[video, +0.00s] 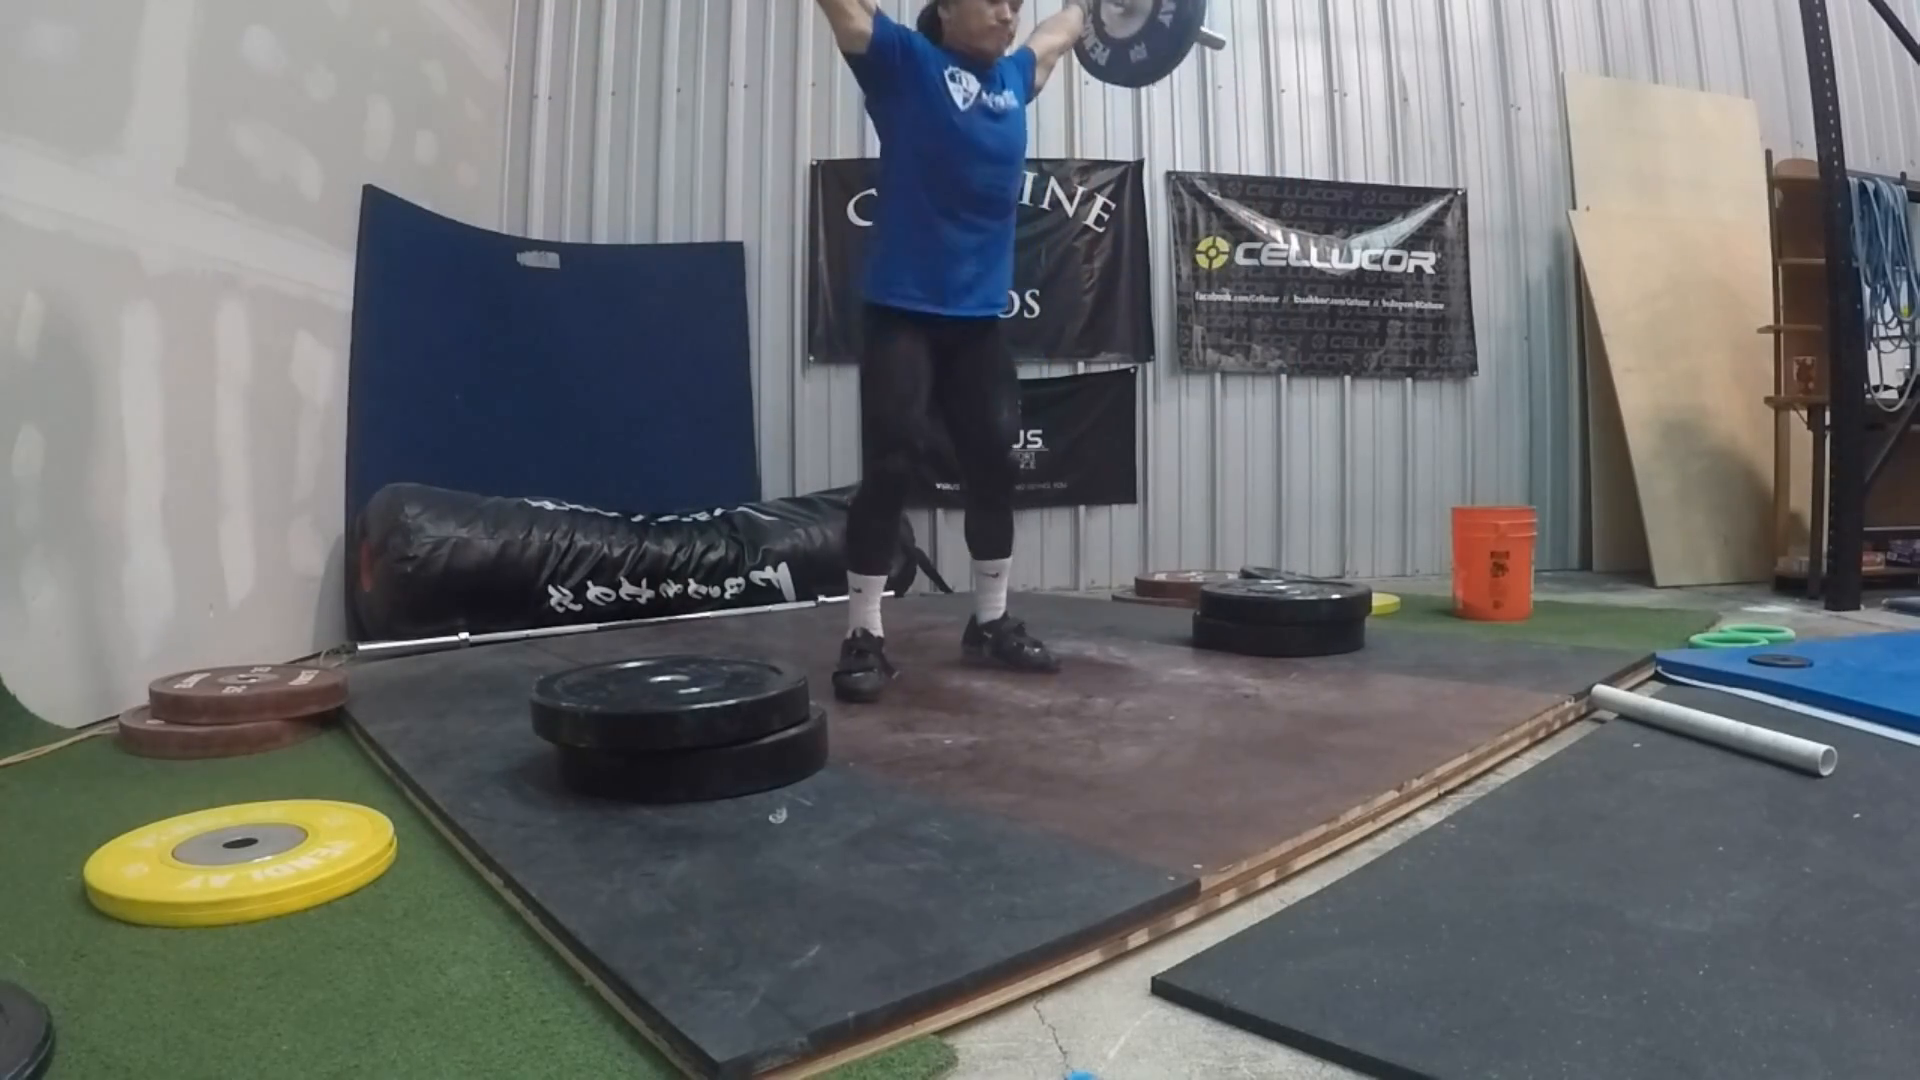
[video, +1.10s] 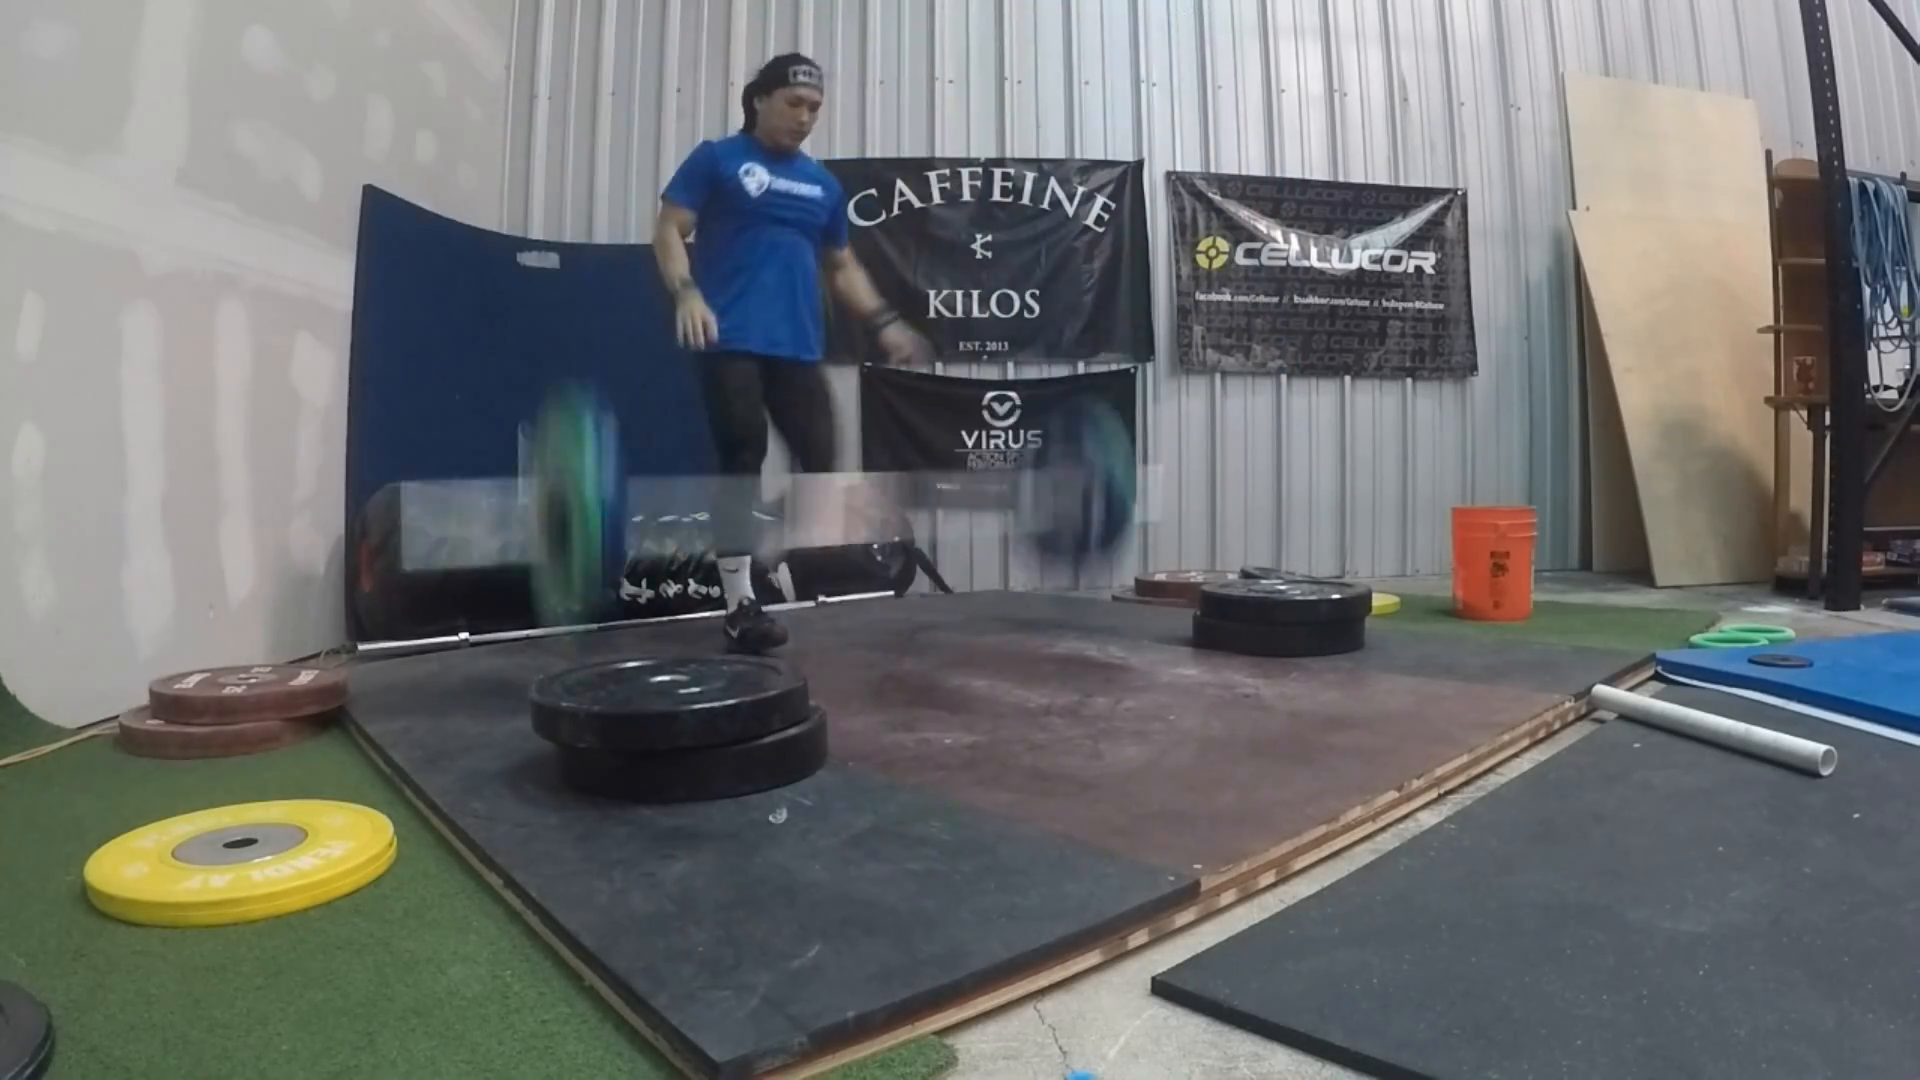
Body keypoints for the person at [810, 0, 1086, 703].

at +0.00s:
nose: (1005, 14)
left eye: (1011, 5)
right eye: (989, 1)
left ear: (1012, 16)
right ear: (945, 10)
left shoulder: (1012, 77)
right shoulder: (905, 61)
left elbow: (1056, 37)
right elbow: (839, 7)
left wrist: (1095, 8)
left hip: (982, 318)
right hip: (901, 314)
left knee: (995, 465)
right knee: (890, 468)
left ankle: (991, 623)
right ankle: (864, 636)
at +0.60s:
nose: (929, 57)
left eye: (935, 47)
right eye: (916, 44)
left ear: (940, 55)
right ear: (875, 49)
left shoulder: (950, 115)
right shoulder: (840, 107)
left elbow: (1006, 78)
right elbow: (770, 34)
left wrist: (1043, 28)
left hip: (955, 324)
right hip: (877, 324)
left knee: (978, 456)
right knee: (873, 457)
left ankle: (991, 622)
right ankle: (816, 609)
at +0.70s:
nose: (889, 84)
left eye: (895, 74)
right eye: (876, 72)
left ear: (899, 79)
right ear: (838, 77)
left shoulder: (917, 141)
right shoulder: (804, 134)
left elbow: (985, 110)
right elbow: (727, 70)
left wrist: (1027, 59)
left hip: (920, 340)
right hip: (846, 339)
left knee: (952, 462)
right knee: (853, 470)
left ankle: (989, 622)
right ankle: (770, 598)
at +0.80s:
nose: (851, 105)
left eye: (858, 96)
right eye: (838, 93)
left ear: (862, 108)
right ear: (800, 101)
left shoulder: (873, 171)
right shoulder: (767, 156)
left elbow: (947, 164)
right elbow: (688, 140)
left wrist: (1005, 124)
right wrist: (697, 60)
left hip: (875, 356)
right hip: (801, 355)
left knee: (918, 470)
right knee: (809, 484)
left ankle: (981, 617)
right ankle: (754, 610)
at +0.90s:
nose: (827, 105)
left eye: (835, 97)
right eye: (815, 91)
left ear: (838, 108)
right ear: (778, 97)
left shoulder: (842, 182)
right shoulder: (744, 156)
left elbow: (919, 218)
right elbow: (668, 206)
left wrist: (992, 207)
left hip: (834, 349)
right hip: (765, 347)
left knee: (895, 447)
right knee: (780, 465)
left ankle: (922, 598)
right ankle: (750, 613)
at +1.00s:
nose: (814, 107)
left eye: (822, 99)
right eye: (803, 95)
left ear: (826, 106)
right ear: (768, 93)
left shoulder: (835, 179)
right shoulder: (729, 149)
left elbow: (879, 252)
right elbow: (670, 213)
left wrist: (946, 278)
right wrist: (682, 252)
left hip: (810, 342)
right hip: (741, 339)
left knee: (875, 440)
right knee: (760, 452)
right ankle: (745, 608)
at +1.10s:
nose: (805, 117)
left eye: (814, 108)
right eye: (795, 104)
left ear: (818, 113)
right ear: (759, 101)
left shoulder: (824, 184)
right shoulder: (717, 158)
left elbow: (843, 265)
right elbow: (667, 228)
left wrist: (885, 323)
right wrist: (685, 293)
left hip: (795, 347)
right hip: (727, 340)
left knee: (820, 457)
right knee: (743, 450)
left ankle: (778, 572)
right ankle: (735, 589)